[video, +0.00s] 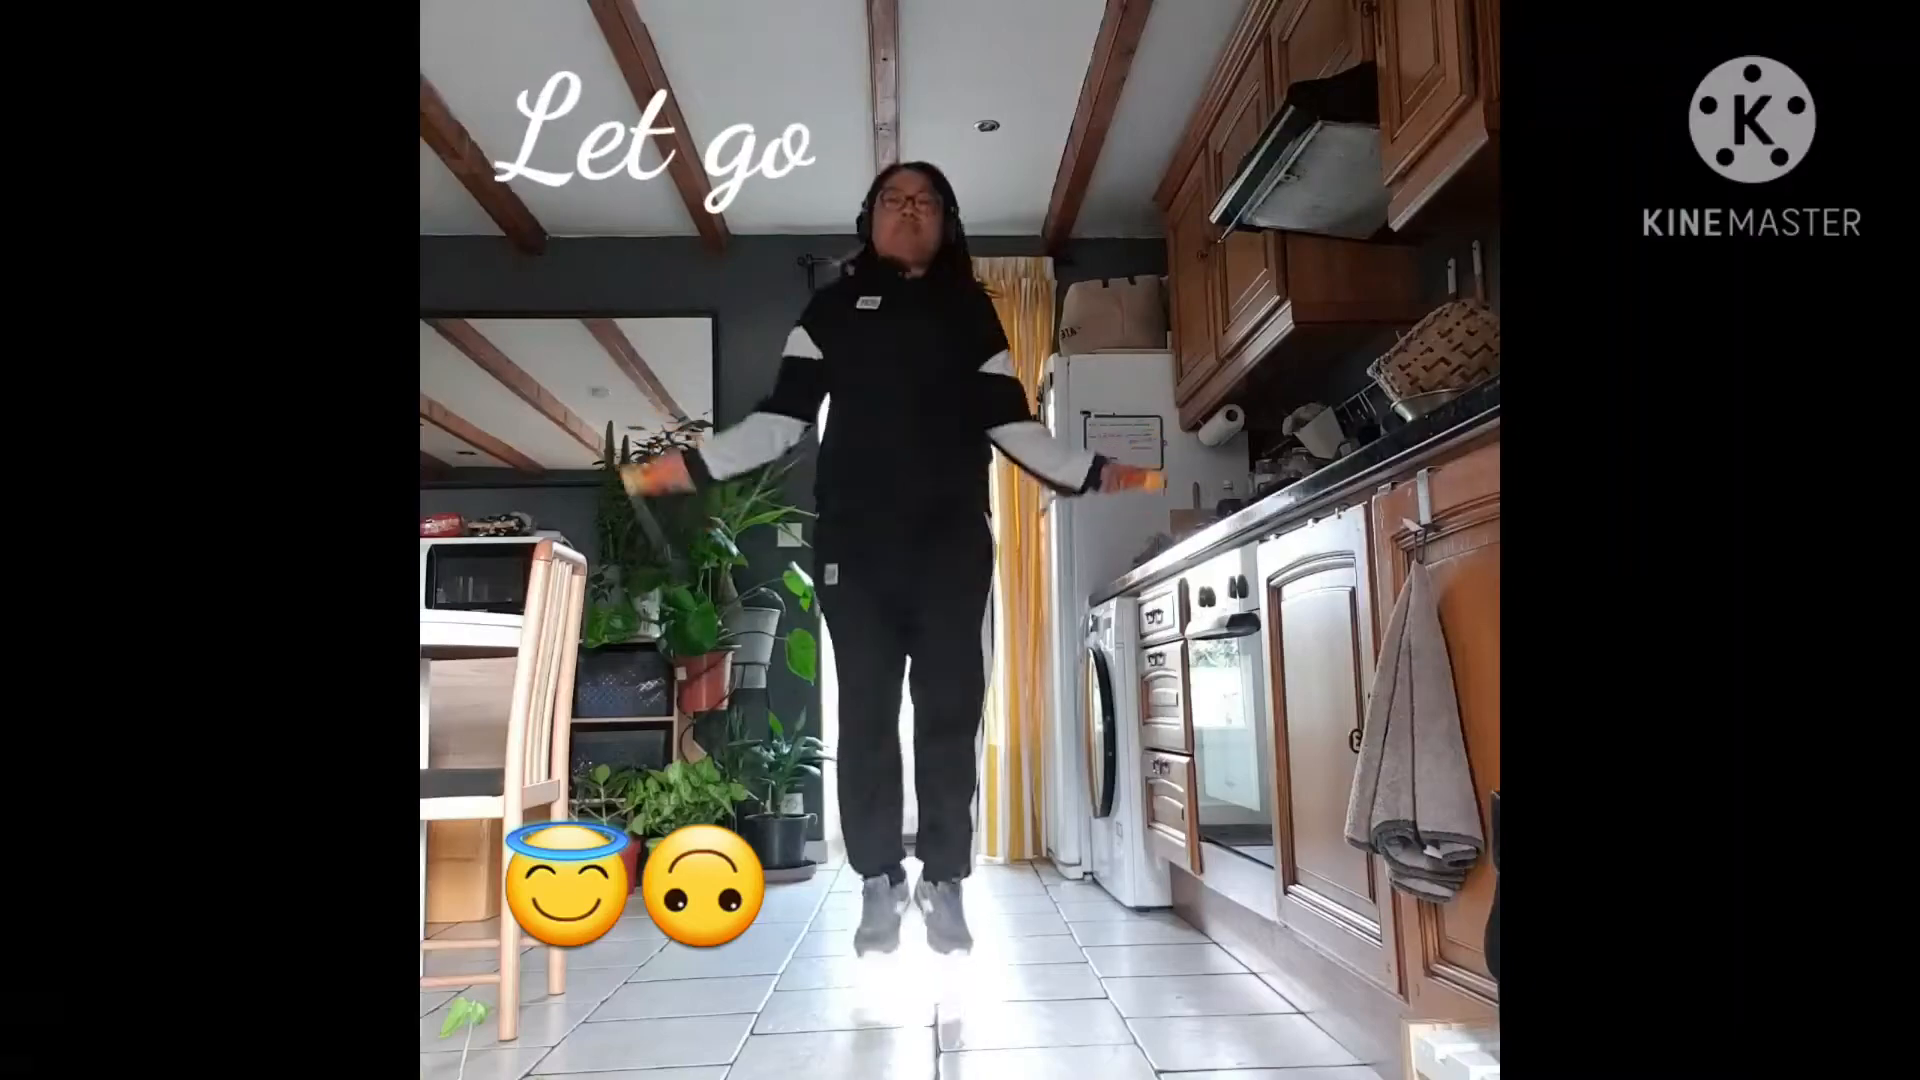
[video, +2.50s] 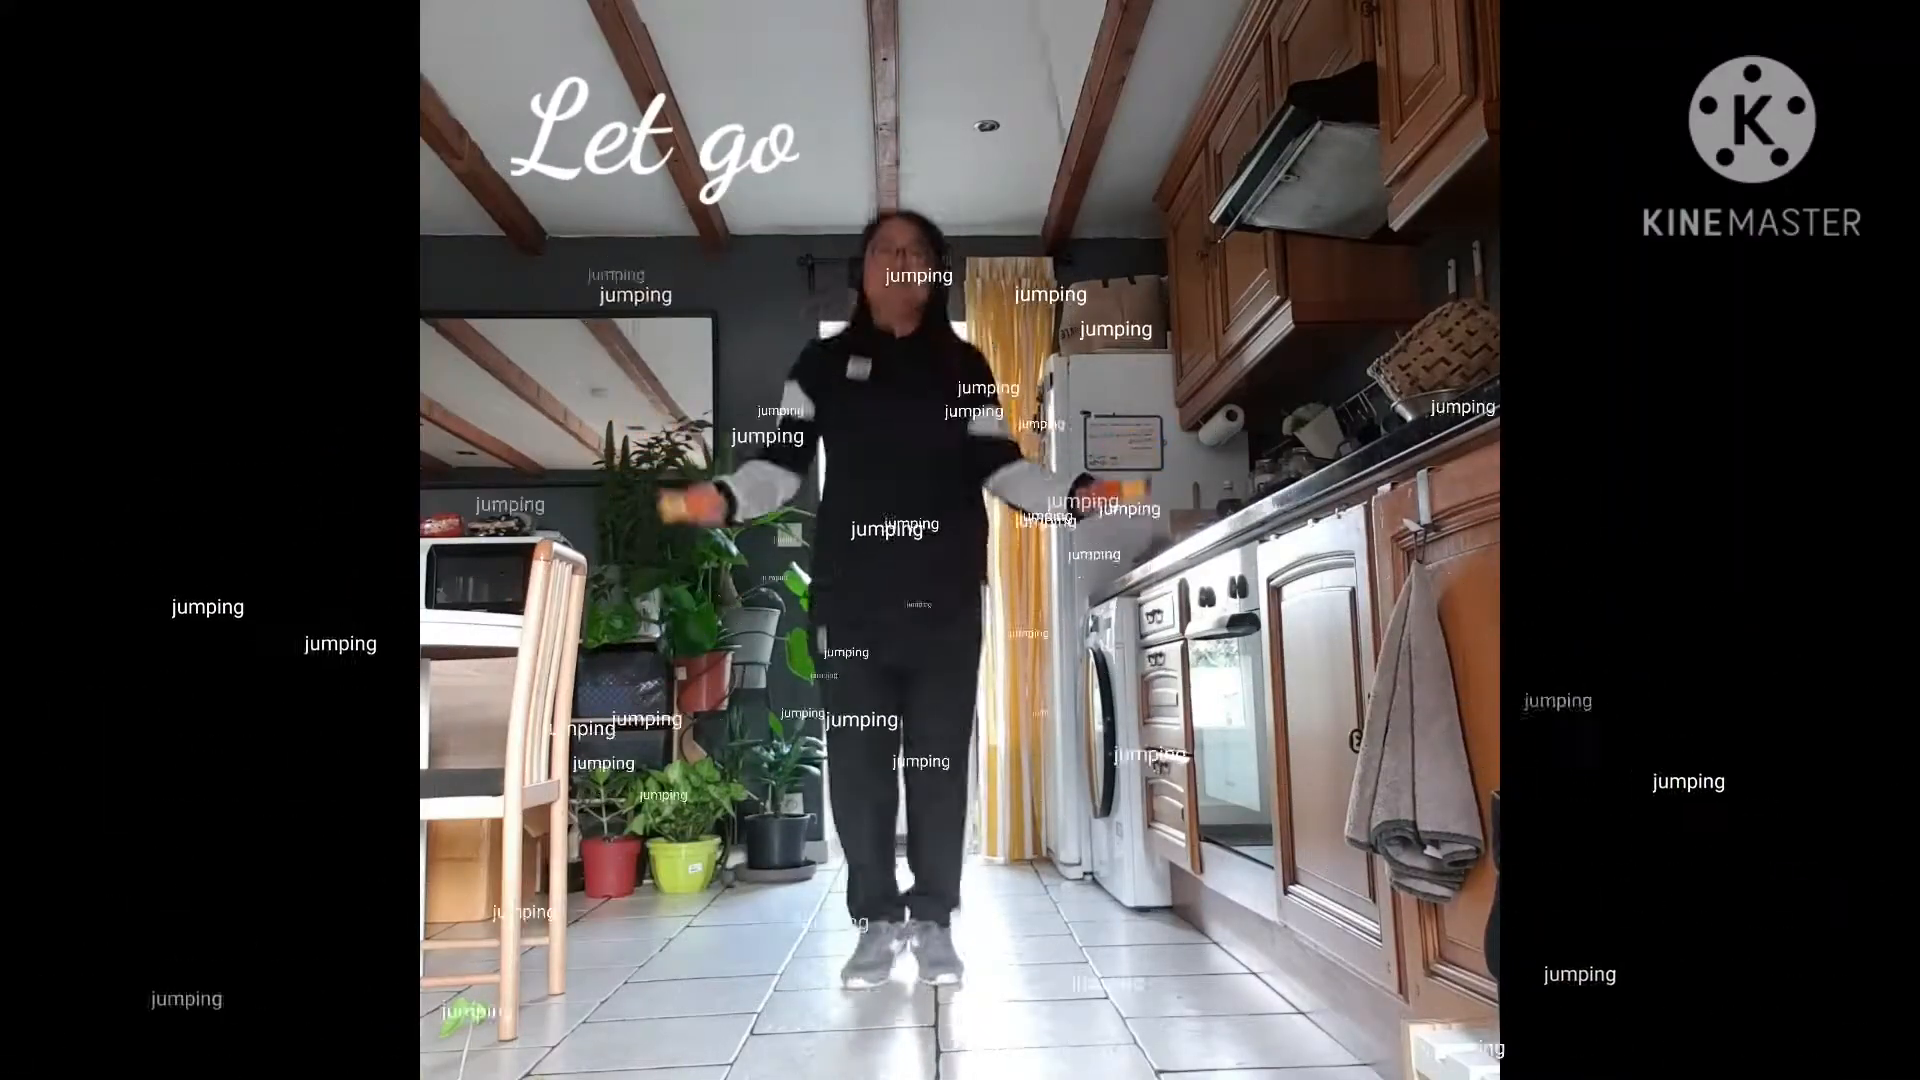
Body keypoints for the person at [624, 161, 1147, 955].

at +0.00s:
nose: (908, 209)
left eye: (923, 200)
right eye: (893, 200)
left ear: (947, 227)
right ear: (868, 224)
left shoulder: (969, 309)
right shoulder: (833, 308)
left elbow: (1006, 422)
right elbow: (786, 417)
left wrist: (1090, 471)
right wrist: (695, 461)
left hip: (952, 539)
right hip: (858, 538)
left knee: (950, 714)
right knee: (866, 715)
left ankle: (945, 881)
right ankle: (878, 882)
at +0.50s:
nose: (902, 222)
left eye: (918, 212)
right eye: (888, 211)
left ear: (942, 236)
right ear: (863, 233)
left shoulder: (966, 325)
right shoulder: (830, 315)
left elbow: (996, 430)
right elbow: (785, 423)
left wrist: (1088, 461)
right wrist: (693, 443)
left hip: (946, 551)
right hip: (851, 549)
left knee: (945, 726)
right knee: (863, 726)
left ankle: (939, 900)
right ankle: (874, 897)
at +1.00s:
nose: (899, 255)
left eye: (915, 244)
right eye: (885, 243)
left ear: (941, 262)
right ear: (862, 259)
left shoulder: (966, 351)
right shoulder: (827, 349)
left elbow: (1001, 455)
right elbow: (783, 454)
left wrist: (1077, 474)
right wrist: (703, 446)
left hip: (947, 576)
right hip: (852, 576)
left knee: (943, 751)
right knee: (863, 749)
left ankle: (938, 919)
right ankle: (876, 919)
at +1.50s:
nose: (908, 249)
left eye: (925, 240)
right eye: (894, 240)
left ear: (950, 266)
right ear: (870, 263)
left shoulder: (973, 350)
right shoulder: (835, 350)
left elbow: (1009, 454)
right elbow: (780, 447)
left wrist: (1099, 463)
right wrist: (694, 444)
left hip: (954, 575)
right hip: (861, 573)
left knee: (952, 748)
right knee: (869, 753)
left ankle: (942, 915)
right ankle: (880, 923)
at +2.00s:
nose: (906, 275)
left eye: (921, 265)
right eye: (892, 264)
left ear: (945, 288)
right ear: (869, 285)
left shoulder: (971, 377)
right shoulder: (834, 375)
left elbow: (1002, 479)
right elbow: (778, 474)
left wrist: (1079, 479)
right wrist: (715, 463)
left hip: (951, 603)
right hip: (857, 603)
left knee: (949, 768)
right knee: (870, 769)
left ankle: (942, 924)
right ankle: (883, 929)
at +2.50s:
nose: (902, 266)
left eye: (916, 255)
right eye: (888, 253)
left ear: (936, 274)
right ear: (863, 270)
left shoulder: (962, 364)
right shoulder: (826, 361)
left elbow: (997, 464)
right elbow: (782, 464)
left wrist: (1066, 494)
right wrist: (721, 496)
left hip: (944, 594)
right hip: (851, 594)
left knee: (937, 760)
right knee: (857, 761)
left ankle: (934, 922)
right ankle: (877, 921)